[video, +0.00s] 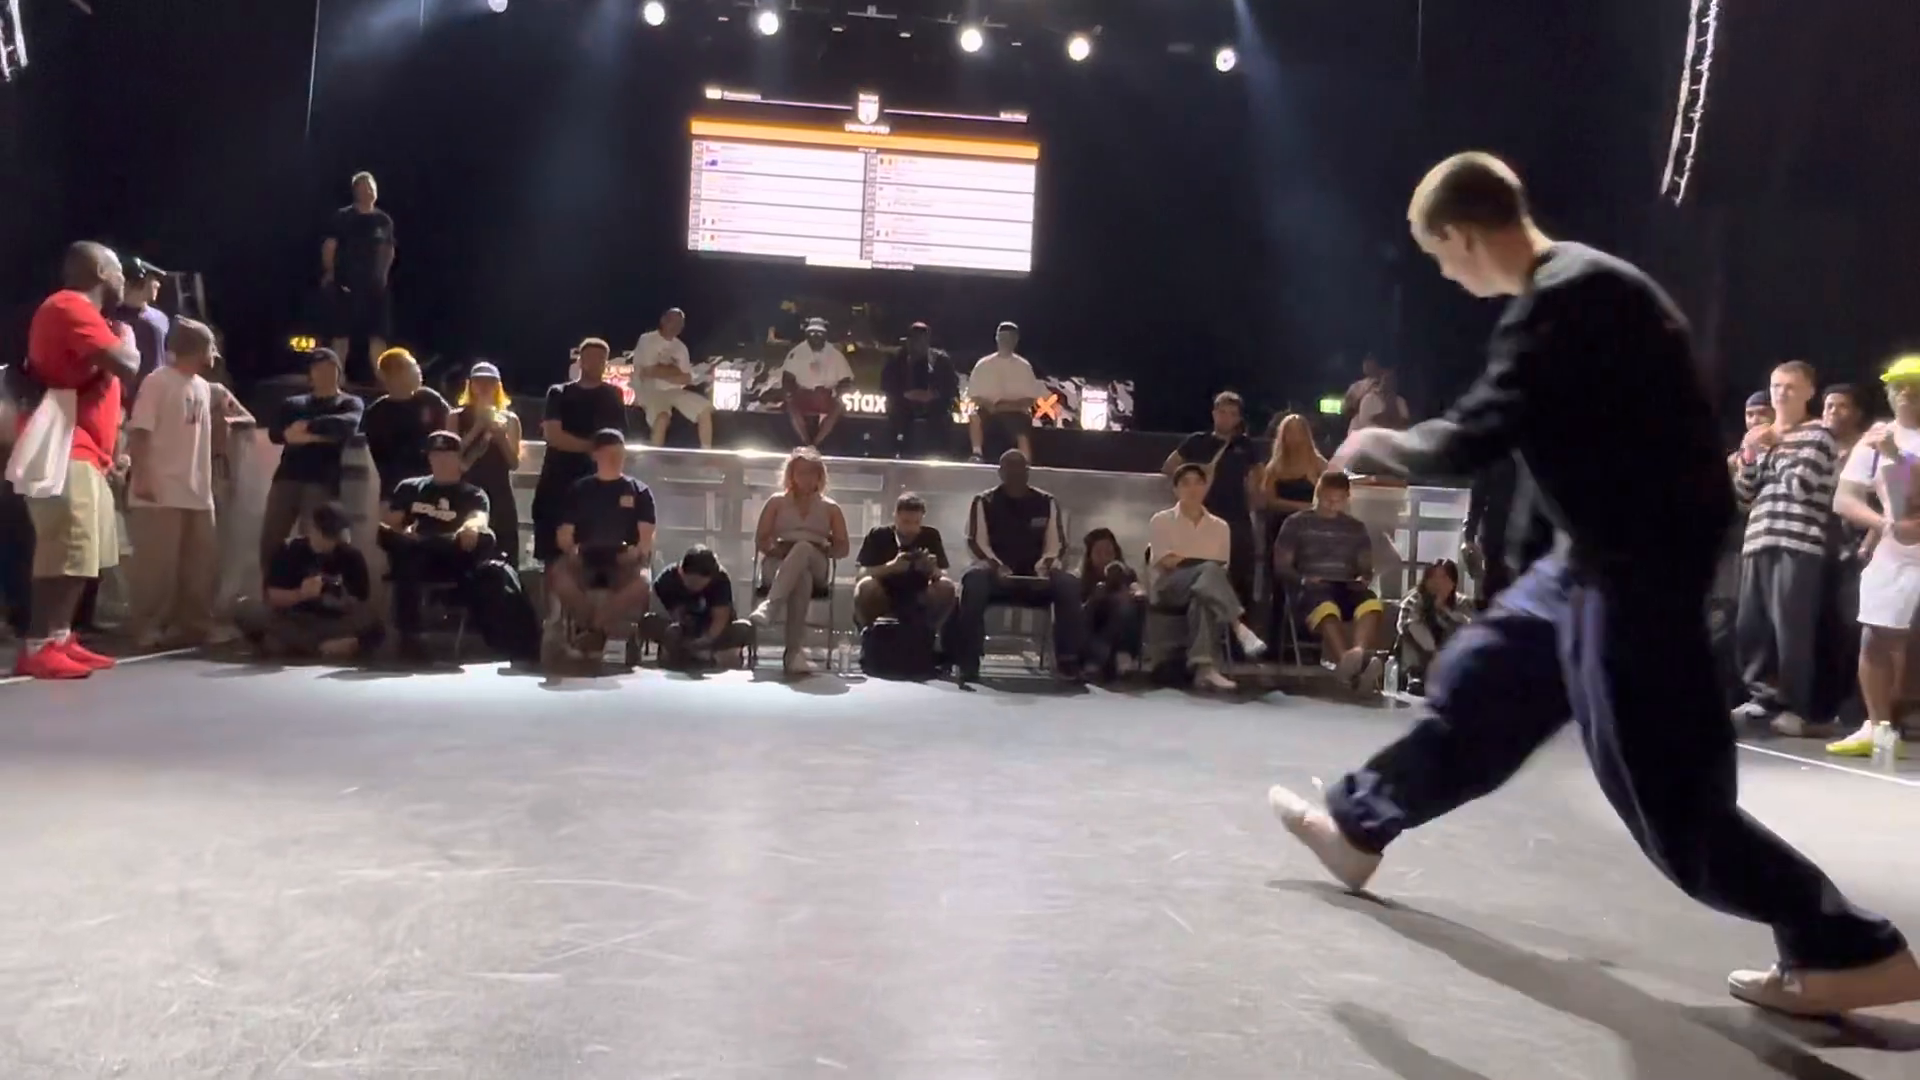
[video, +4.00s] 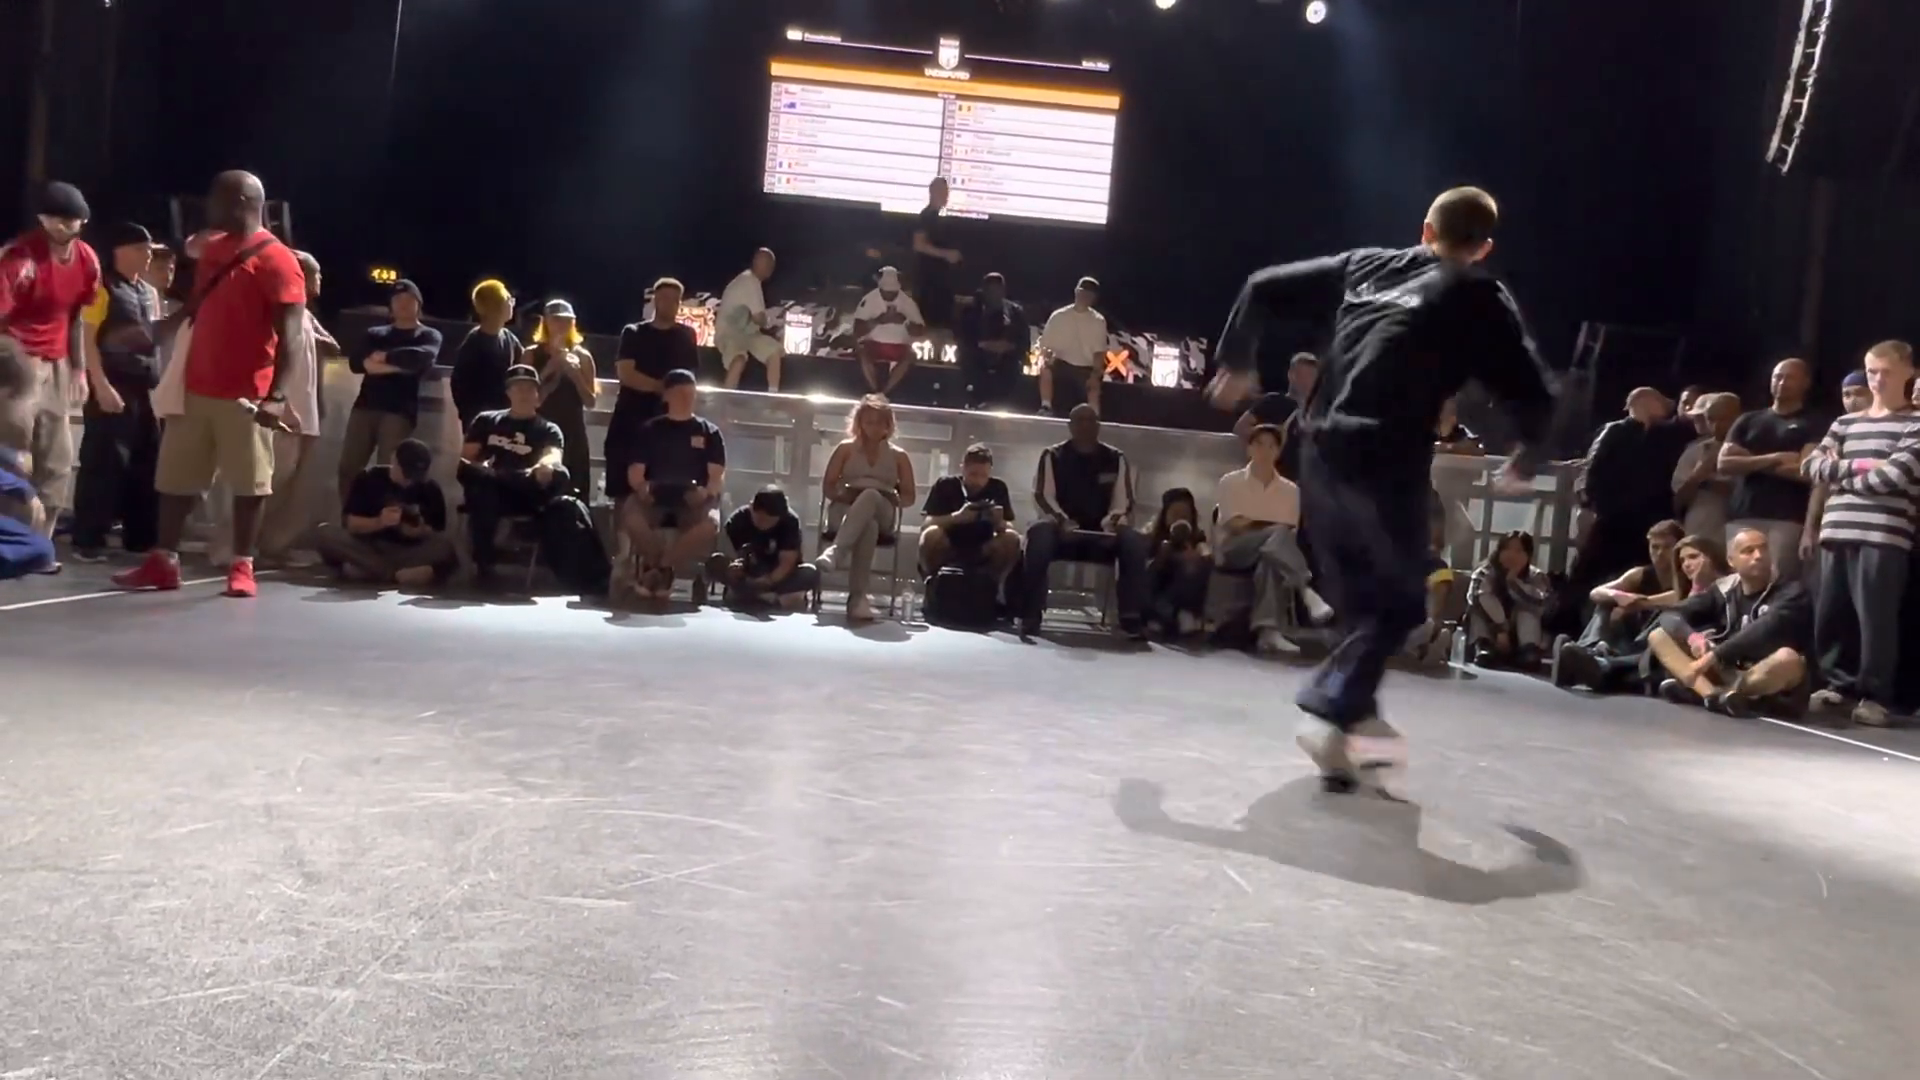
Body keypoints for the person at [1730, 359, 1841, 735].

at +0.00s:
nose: (1780, 394)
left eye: (1789, 388)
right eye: (1776, 387)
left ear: (1809, 394)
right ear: (1770, 392)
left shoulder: (1818, 435)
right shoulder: (1764, 440)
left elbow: (1805, 483)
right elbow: (1746, 495)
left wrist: (1770, 451)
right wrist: (1748, 456)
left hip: (1798, 536)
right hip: (1758, 536)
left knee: (1792, 623)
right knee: (1750, 621)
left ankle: (1798, 708)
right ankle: (1761, 694)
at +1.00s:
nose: (1847, 384)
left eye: (1857, 378)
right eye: (1844, 377)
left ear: (1879, 385)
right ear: (1839, 381)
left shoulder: (1893, 429)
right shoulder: (1826, 428)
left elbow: (1870, 481)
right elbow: (1794, 480)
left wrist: (1827, 471)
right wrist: (1823, 455)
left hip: (1859, 539)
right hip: (1815, 537)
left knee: (1849, 621)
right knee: (1804, 614)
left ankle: (1847, 702)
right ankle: (1814, 690)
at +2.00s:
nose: (1861, 383)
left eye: (1870, 377)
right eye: (1858, 376)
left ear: (1894, 380)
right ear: (1854, 380)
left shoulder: (1905, 423)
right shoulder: (1839, 422)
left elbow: (1876, 467)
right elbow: (1798, 458)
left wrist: (1831, 466)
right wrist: (1846, 453)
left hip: (1870, 534)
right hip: (1824, 532)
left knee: (1861, 618)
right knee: (1820, 615)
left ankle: (1863, 699)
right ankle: (1832, 689)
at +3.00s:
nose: (1878, 380)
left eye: (1887, 373)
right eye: (1875, 373)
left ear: (1915, 377)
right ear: (1871, 375)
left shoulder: (1918, 424)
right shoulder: (1857, 418)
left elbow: (1898, 479)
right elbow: (1824, 464)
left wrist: (1847, 470)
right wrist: (1866, 469)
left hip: (1894, 541)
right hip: (1847, 536)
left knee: (1881, 623)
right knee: (1835, 612)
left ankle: (1876, 699)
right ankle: (1838, 687)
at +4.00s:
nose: (1875, 380)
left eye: (1884, 373)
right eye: (1871, 373)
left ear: (1908, 376)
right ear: (1865, 374)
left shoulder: (1913, 424)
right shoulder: (1845, 423)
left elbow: (1895, 476)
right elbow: (1811, 464)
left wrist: (1841, 476)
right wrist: (1858, 469)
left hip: (1883, 535)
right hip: (1835, 533)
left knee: (1876, 619)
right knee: (1830, 614)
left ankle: (1875, 697)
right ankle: (1837, 685)